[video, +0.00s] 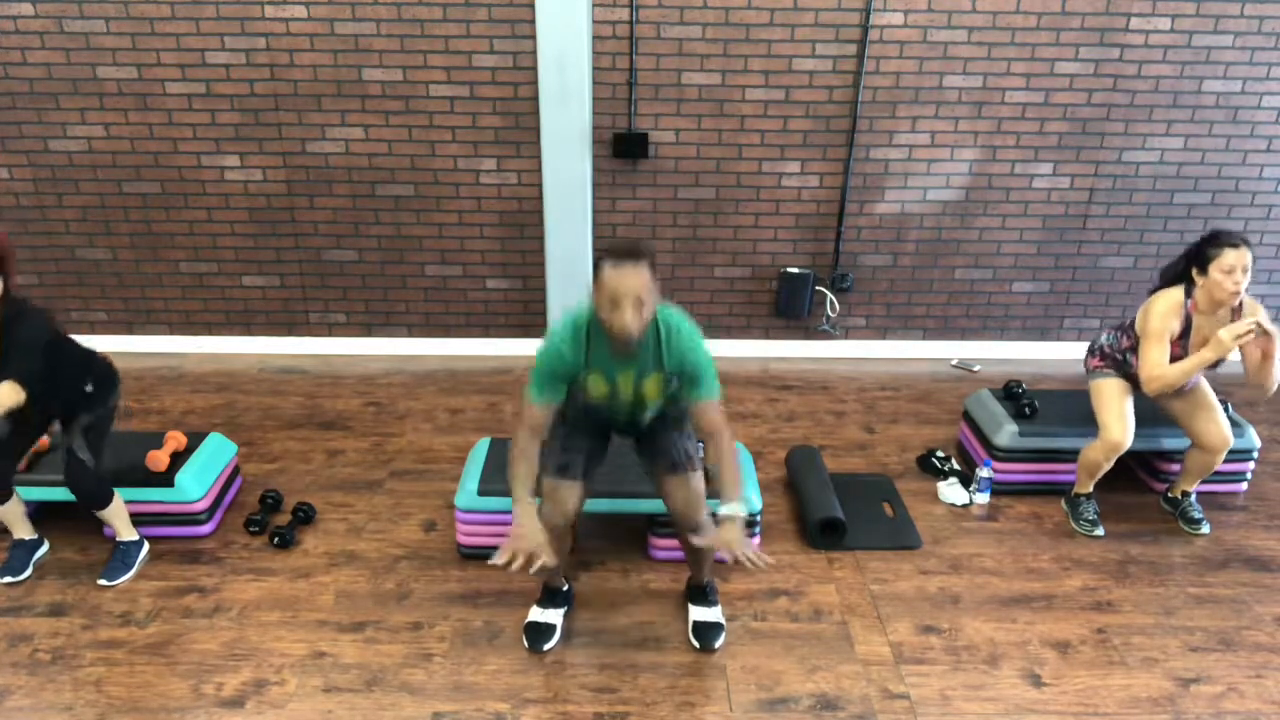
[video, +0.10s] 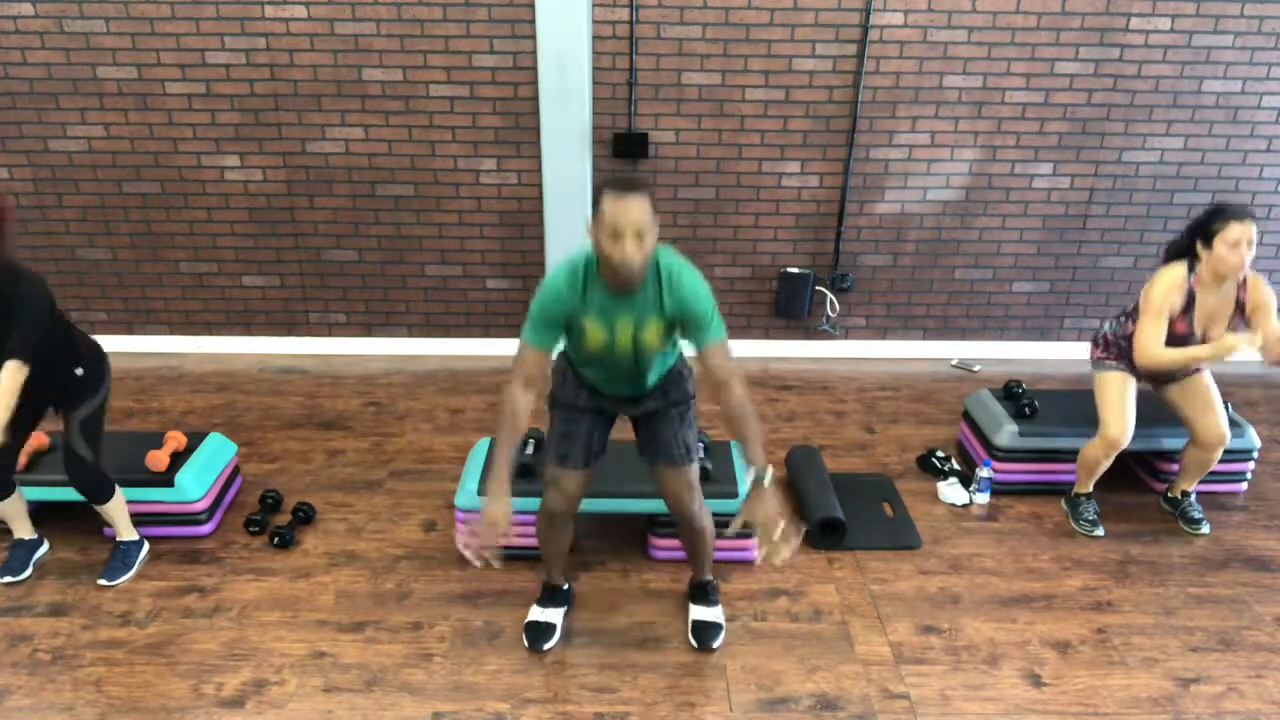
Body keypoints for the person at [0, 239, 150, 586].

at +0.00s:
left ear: (4, 284)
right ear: (5, 284)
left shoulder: (23, 319)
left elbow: (16, 388)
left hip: (89, 388)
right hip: (41, 397)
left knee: (80, 475)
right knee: (1, 470)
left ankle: (130, 540)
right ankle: (26, 539)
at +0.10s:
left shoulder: (22, 288)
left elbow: (13, 369)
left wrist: (2, 436)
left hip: (80, 370)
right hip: (31, 376)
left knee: (80, 467)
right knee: (0, 465)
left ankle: (130, 540)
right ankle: (26, 540)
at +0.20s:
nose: (4, 200)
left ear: (6, 207)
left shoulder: (17, 257)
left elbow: (32, 343)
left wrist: (39, 418)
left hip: (64, 360)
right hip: (11, 368)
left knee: (77, 454)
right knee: (3, 456)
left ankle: (129, 539)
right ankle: (25, 539)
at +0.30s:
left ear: (8, 194)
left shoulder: (26, 242)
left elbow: (62, 317)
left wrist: (85, 386)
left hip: (45, 363)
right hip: (8, 371)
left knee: (78, 450)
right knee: (7, 457)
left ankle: (129, 539)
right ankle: (26, 539)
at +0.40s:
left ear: (7, 183)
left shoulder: (29, 232)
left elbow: (77, 295)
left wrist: (111, 353)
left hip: (47, 360)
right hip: (5, 370)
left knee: (80, 450)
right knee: (7, 458)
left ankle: (129, 539)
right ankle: (26, 539)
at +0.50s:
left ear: (5, 187)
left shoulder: (29, 231)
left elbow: (81, 280)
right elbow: (83, 278)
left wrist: (118, 324)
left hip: (42, 362)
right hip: (3, 372)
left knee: (81, 450)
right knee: (8, 458)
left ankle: (129, 539)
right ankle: (26, 539)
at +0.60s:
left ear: (4, 190)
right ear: (3, 191)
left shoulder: (29, 232)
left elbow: (81, 272)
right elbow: (81, 269)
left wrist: (116, 309)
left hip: (38, 363)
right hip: (1, 372)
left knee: (77, 449)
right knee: (7, 459)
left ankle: (129, 538)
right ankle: (26, 539)